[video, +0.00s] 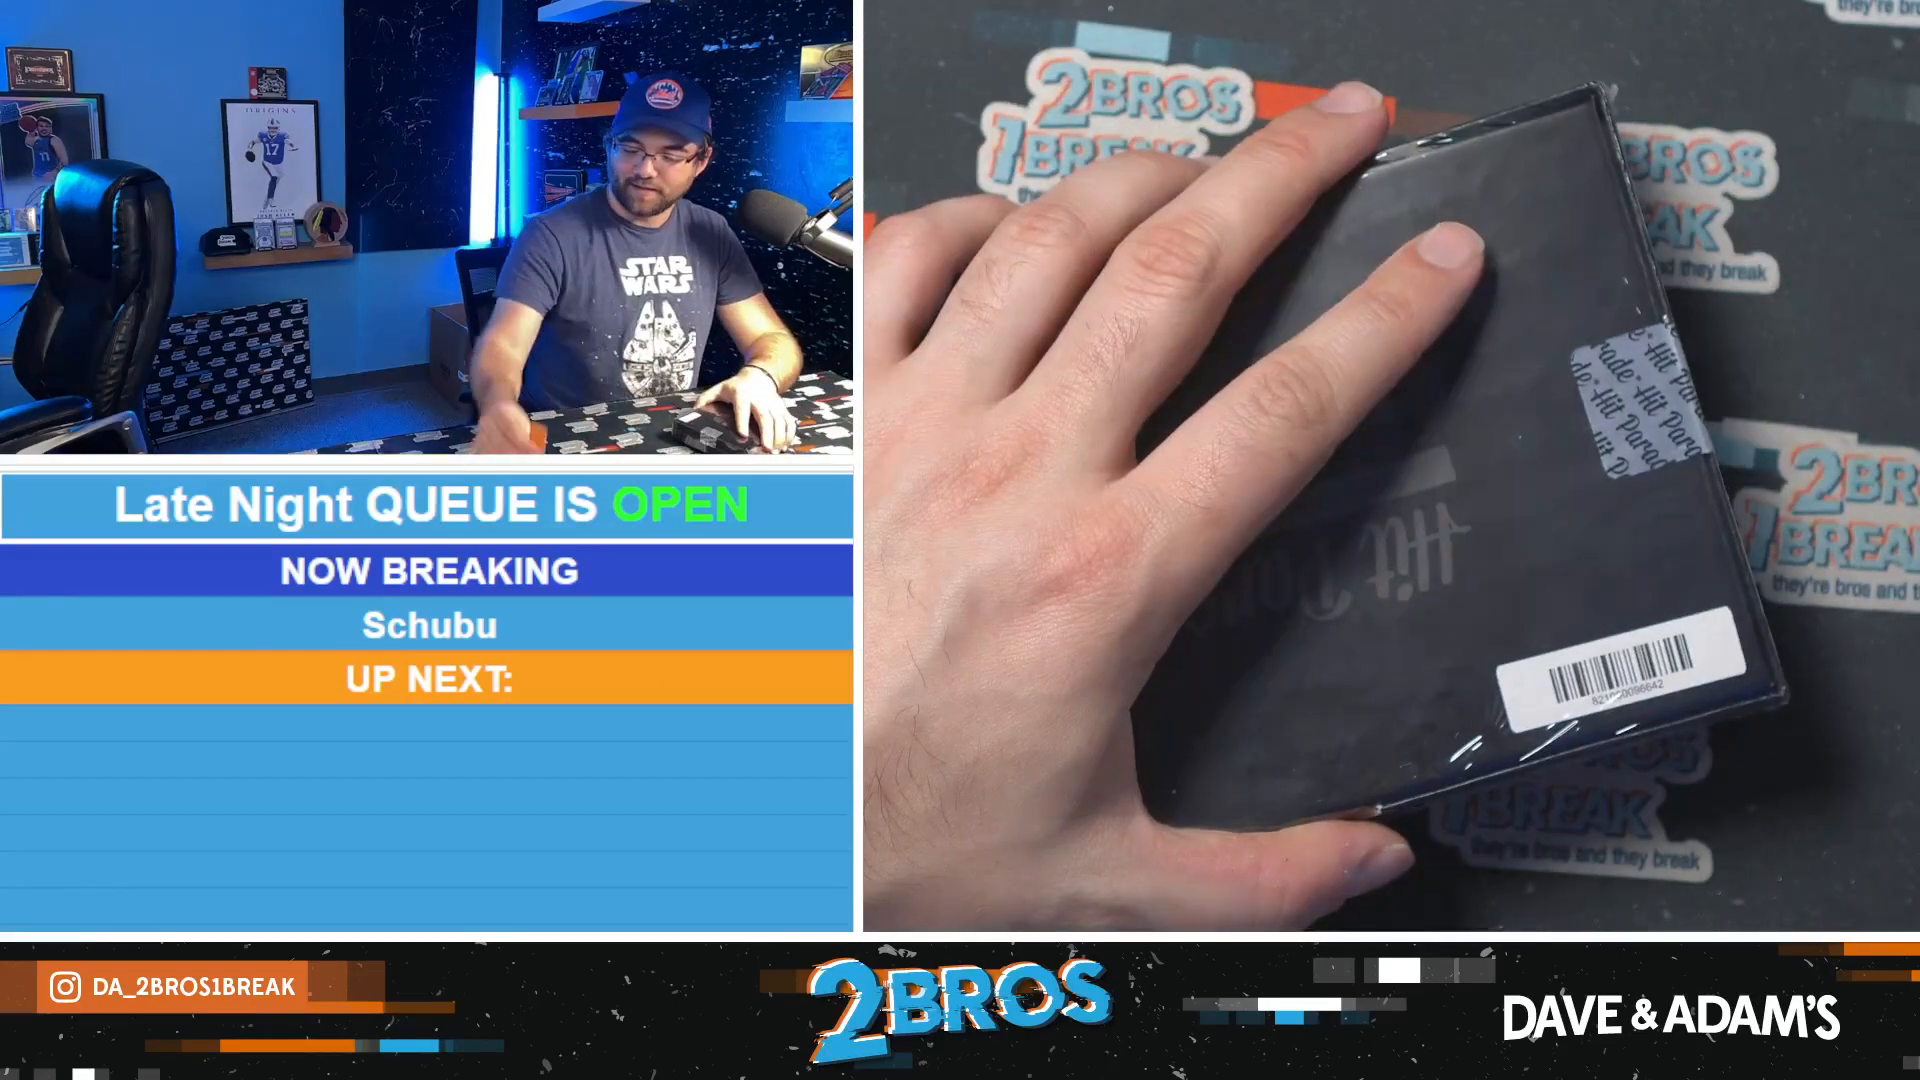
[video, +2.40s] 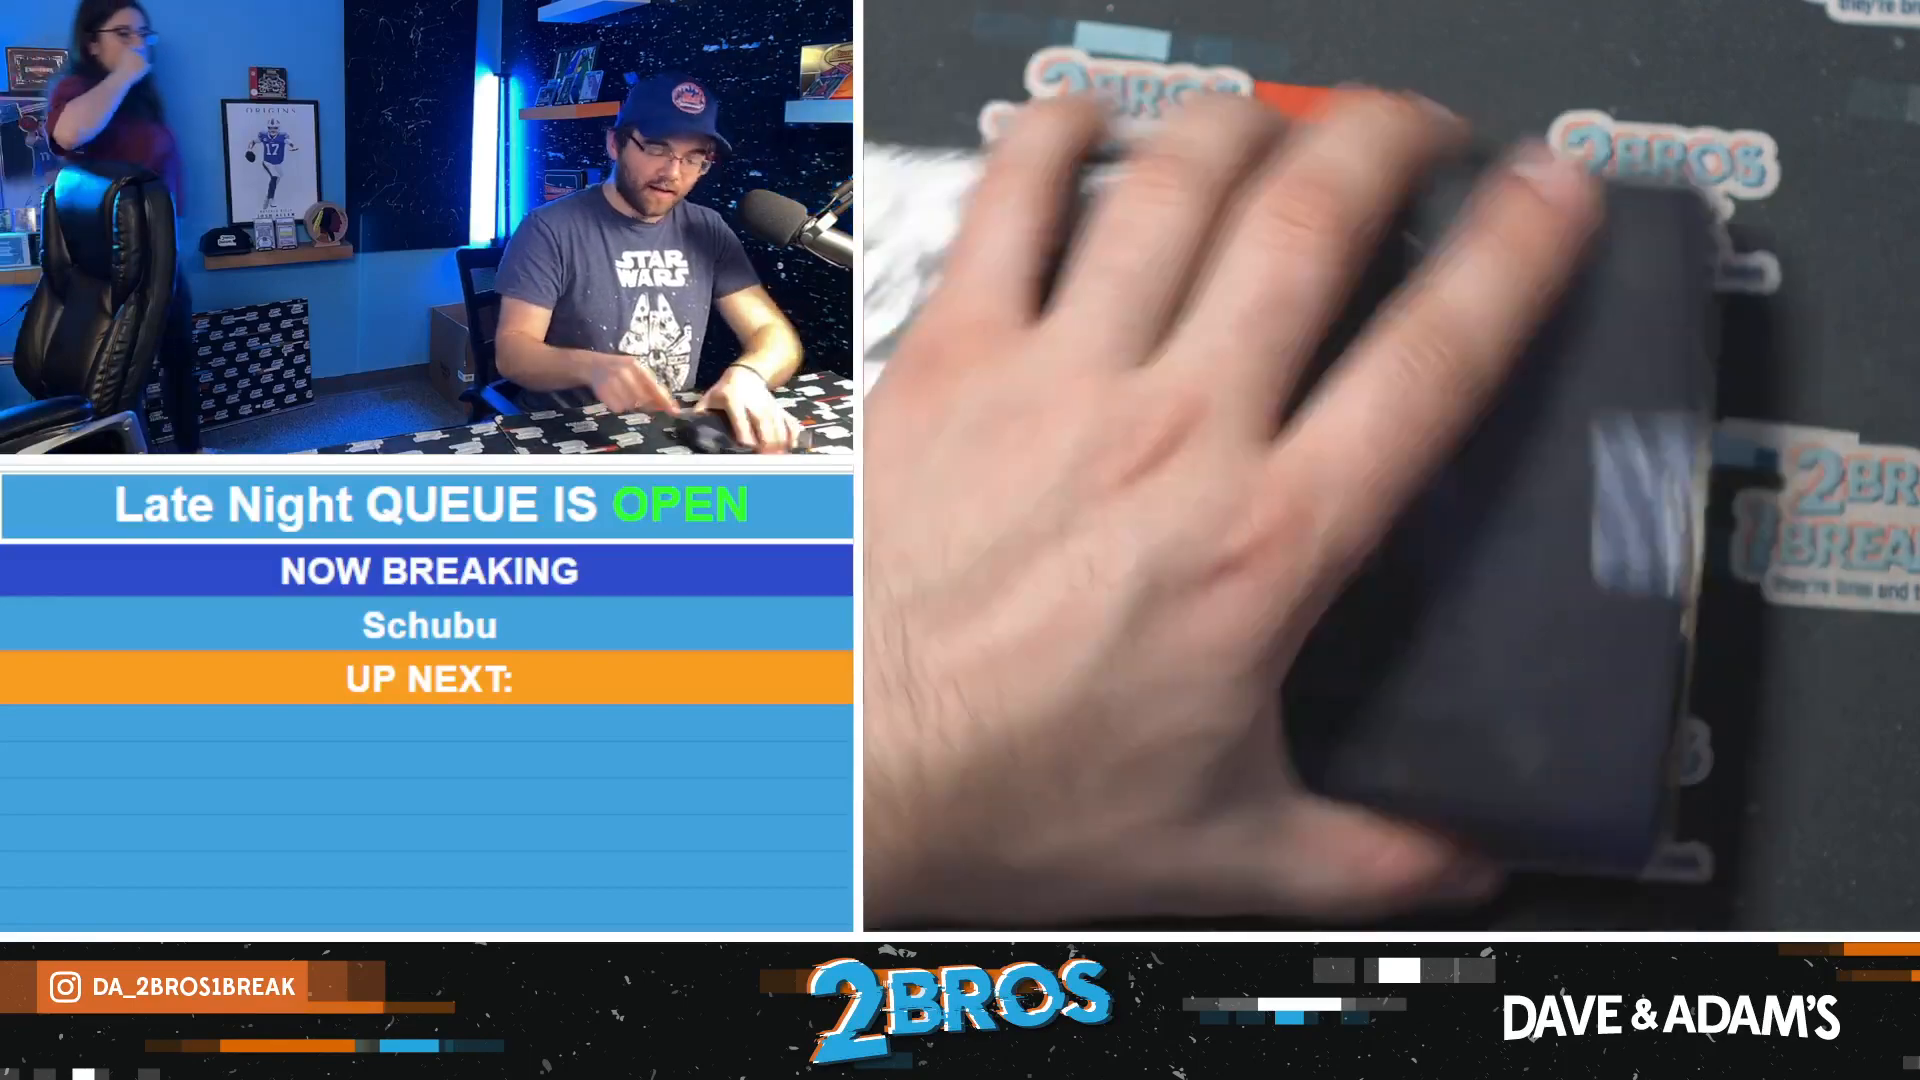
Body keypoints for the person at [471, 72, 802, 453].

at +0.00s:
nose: (645, 170)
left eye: (670, 155)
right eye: (631, 149)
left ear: (701, 161)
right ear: (610, 148)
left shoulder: (709, 236)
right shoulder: (550, 238)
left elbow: (772, 341)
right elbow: (499, 348)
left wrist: (760, 376)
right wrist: (496, 408)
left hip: (677, 455)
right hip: (568, 457)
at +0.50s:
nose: (665, 176)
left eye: (687, 161)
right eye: (650, 153)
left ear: (703, 167)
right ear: (614, 145)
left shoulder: (708, 235)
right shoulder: (550, 235)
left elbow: (771, 341)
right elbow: (501, 351)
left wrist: (759, 376)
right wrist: (548, 386)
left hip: (678, 457)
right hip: (575, 463)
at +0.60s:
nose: (673, 180)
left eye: (693, 164)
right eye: (657, 157)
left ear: (708, 168)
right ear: (616, 146)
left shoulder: (708, 235)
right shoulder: (550, 234)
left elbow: (771, 341)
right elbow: (507, 355)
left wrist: (758, 375)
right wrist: (589, 377)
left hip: (679, 457)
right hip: (574, 462)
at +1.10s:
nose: (688, 186)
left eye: (707, 171)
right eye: (673, 162)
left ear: (718, 173)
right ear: (629, 146)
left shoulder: (707, 234)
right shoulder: (557, 229)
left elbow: (772, 342)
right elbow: (529, 352)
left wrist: (756, 374)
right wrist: (645, 370)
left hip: (679, 452)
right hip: (573, 453)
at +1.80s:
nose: (686, 178)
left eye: (704, 163)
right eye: (671, 154)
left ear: (716, 169)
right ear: (626, 145)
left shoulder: (708, 236)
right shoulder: (555, 229)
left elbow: (769, 338)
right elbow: (508, 349)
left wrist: (750, 359)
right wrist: (599, 335)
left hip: (673, 449)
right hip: (567, 452)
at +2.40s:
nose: (673, 173)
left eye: (692, 158)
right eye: (657, 149)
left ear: (705, 166)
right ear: (615, 143)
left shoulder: (707, 232)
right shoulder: (549, 232)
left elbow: (776, 338)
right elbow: (513, 353)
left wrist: (746, 375)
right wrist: (591, 366)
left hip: (680, 453)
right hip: (572, 457)